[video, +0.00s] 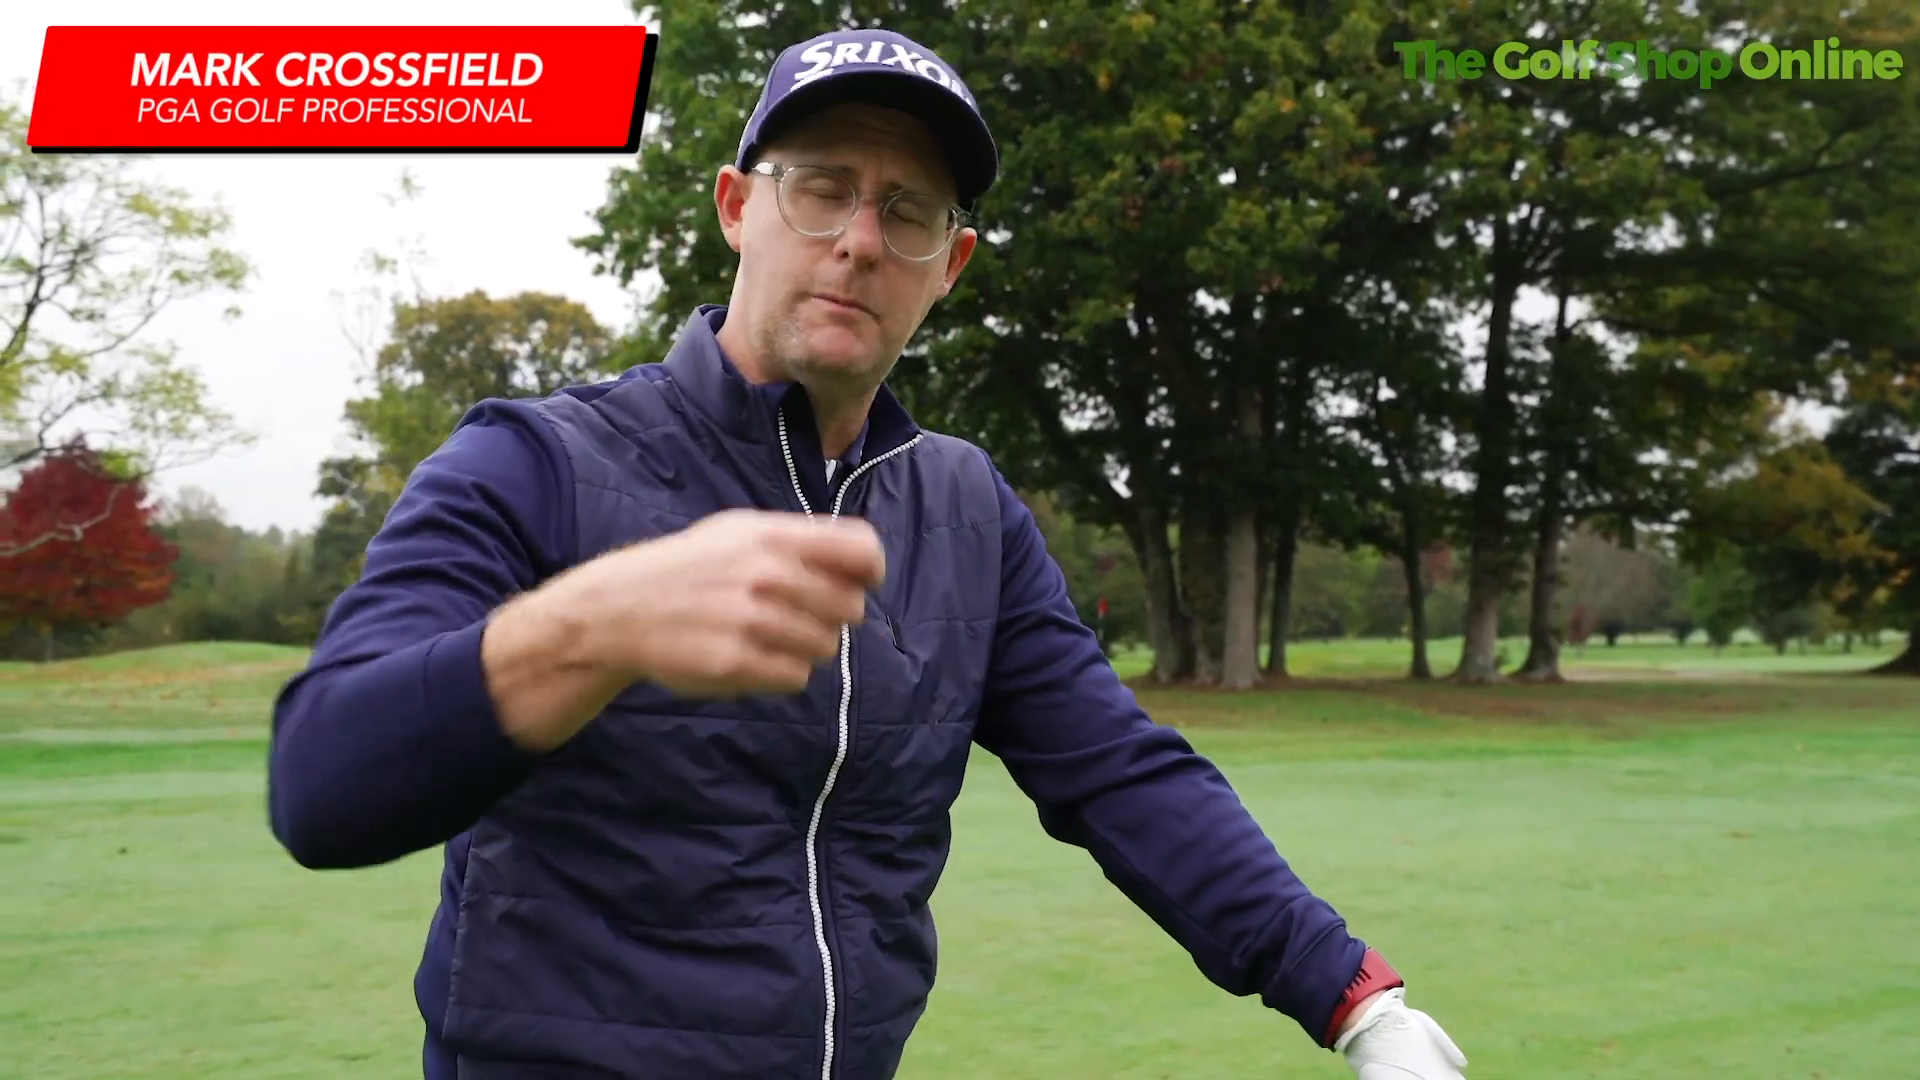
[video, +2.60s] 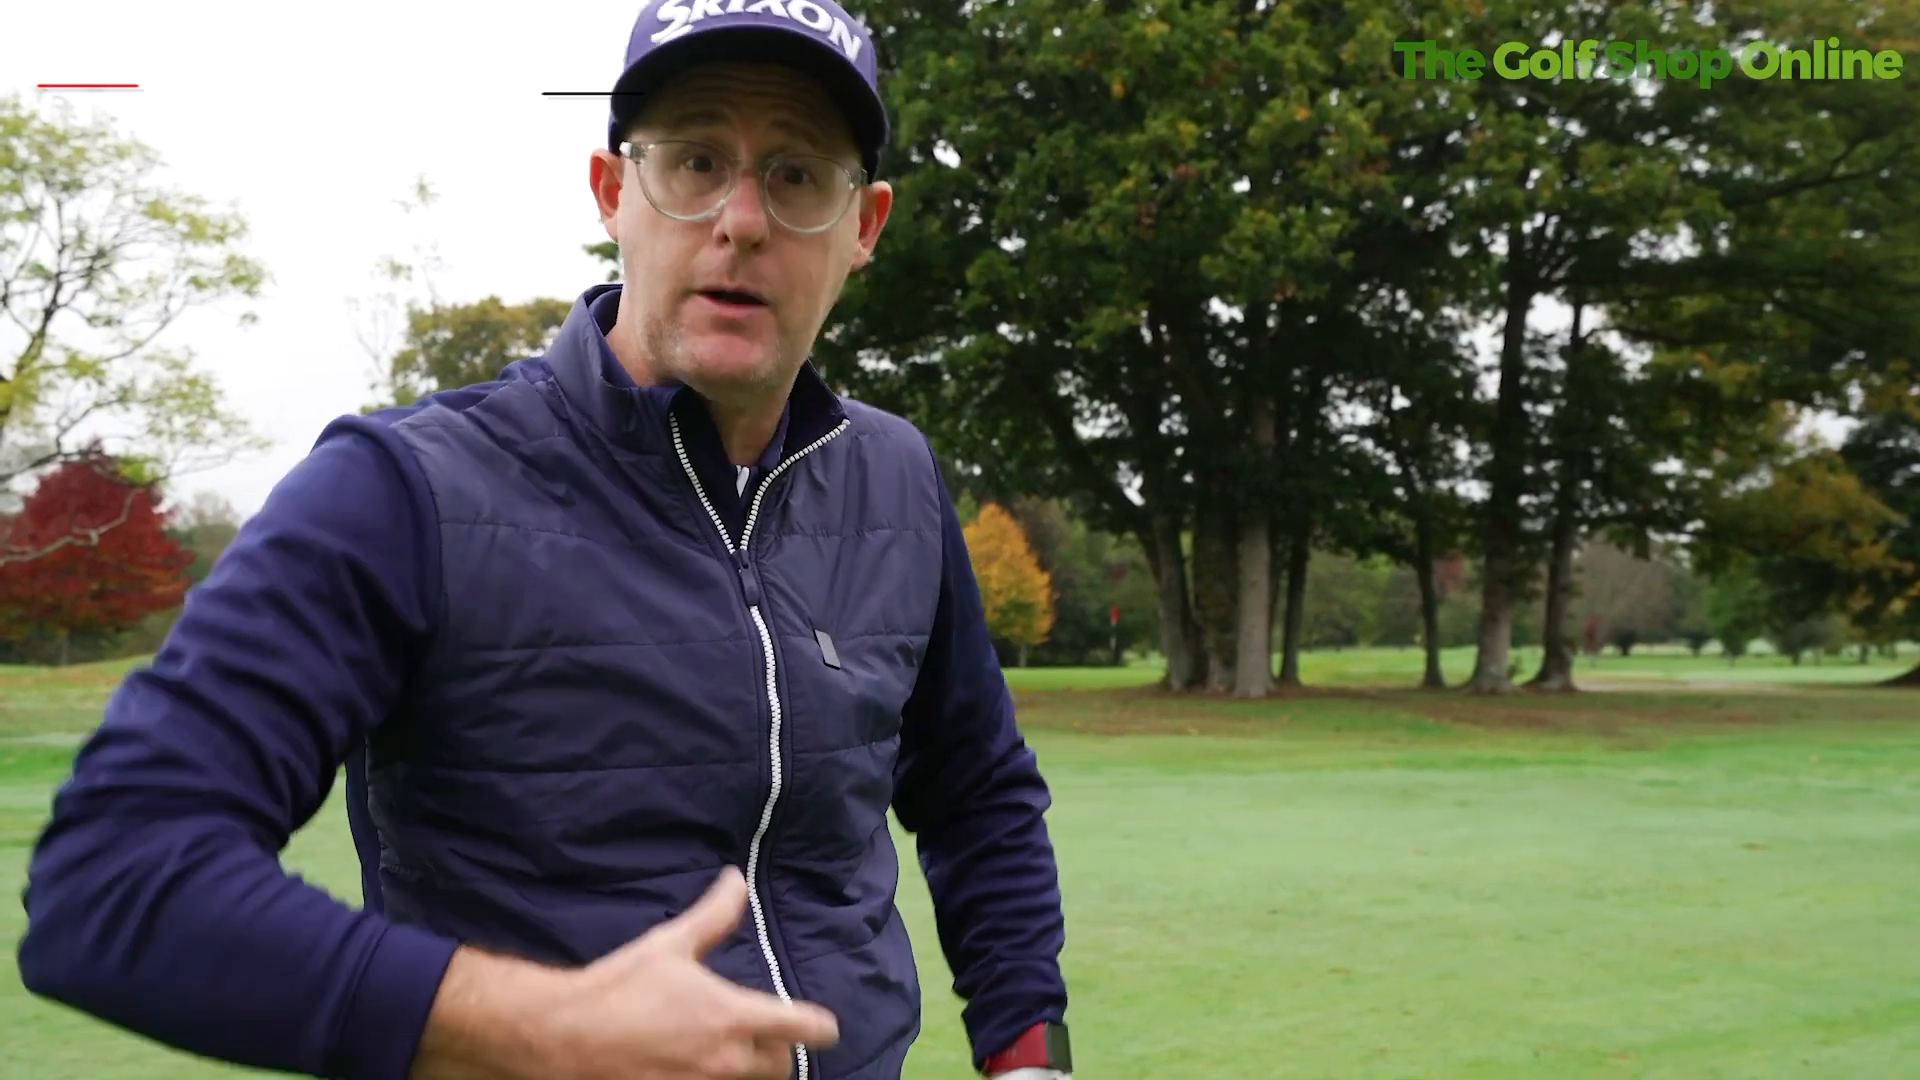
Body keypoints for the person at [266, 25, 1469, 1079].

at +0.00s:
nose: (860, 238)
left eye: (907, 210)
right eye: (822, 189)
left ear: (948, 269)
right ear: (738, 212)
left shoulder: (971, 516)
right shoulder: (539, 463)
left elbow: (1121, 775)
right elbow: (321, 798)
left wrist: (1359, 1000)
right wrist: (589, 624)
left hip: (844, 1063)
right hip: (554, 1058)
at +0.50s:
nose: (765, 249)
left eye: (810, 206)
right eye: (714, 193)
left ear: (856, 243)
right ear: (612, 210)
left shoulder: (887, 501)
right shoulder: (413, 511)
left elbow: (1063, 783)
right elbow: (302, 997)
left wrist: (1320, 1025)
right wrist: (529, 791)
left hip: (812, 1063)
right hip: (499, 1065)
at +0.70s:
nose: (728, 237)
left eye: (776, 190)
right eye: (679, 177)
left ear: (830, 226)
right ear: (582, 198)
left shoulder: (876, 492)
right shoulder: (378, 520)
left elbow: (1064, 773)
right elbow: (225, 991)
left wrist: (1317, 1025)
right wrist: (433, 954)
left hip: (806, 1068)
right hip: (509, 1070)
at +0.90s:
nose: (685, 231)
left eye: (737, 182)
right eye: (633, 170)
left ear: (793, 222)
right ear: (533, 187)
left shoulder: (854, 475)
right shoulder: (335, 531)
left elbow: (1039, 761)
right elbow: (175, 964)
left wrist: (1215, 1009)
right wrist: (286, 1053)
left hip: (813, 1058)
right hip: (494, 1065)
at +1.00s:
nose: (675, 234)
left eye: (724, 178)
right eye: (621, 176)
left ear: (787, 219)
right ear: (526, 195)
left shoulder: (843, 469)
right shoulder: (321, 541)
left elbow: (966, 750)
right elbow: (161, 960)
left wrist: (1060, 998)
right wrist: (221, 1078)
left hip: (822, 1055)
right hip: (471, 1059)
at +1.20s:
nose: (760, 359)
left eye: (804, 298)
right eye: (707, 291)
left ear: (844, 268)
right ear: (577, 233)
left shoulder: (816, 454)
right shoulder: (334, 567)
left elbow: (923, 740)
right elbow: (194, 1002)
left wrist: (1010, 976)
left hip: (819, 1061)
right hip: (498, 1065)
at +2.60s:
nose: (740, 220)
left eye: (794, 174)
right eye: (698, 163)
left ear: (863, 232)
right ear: (613, 197)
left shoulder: (891, 486)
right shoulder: (409, 490)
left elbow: (984, 801)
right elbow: (108, 888)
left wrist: (1025, 1053)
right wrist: (529, 1022)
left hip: (850, 1058)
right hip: (539, 1076)